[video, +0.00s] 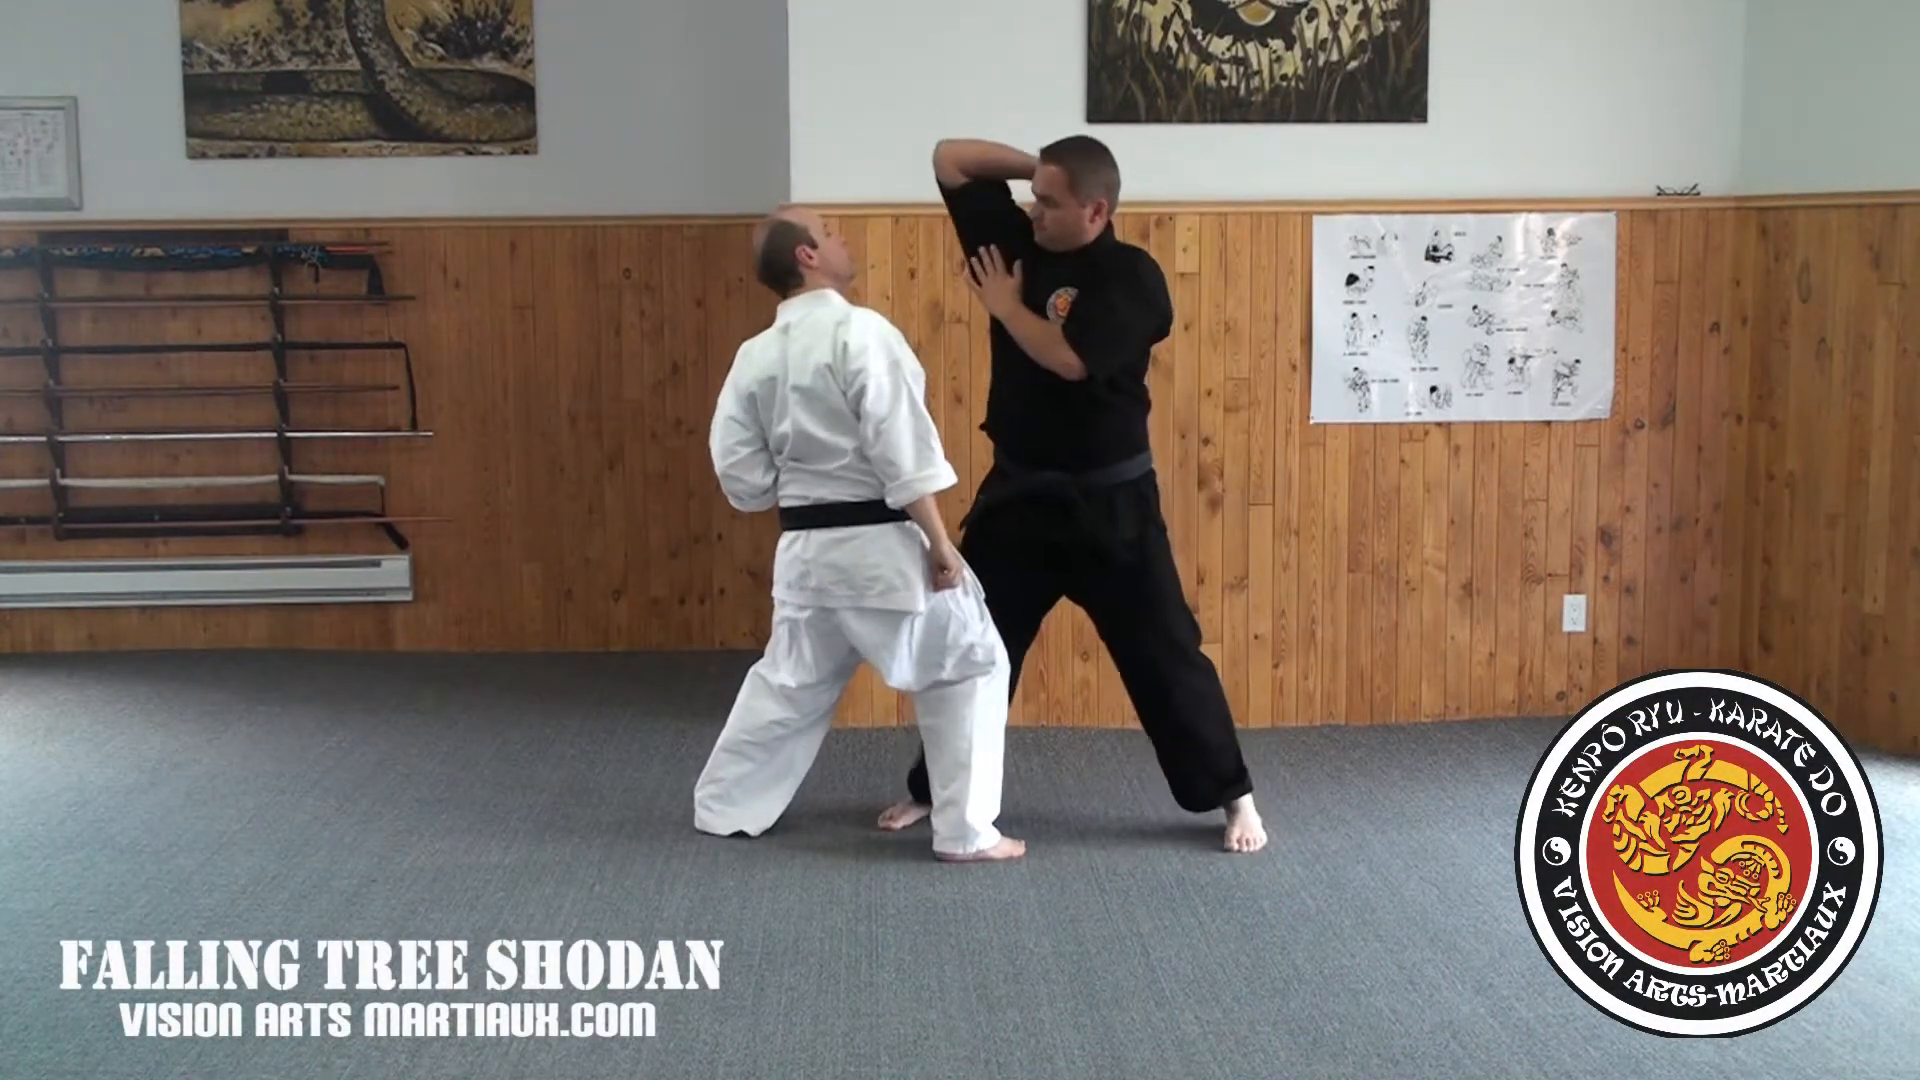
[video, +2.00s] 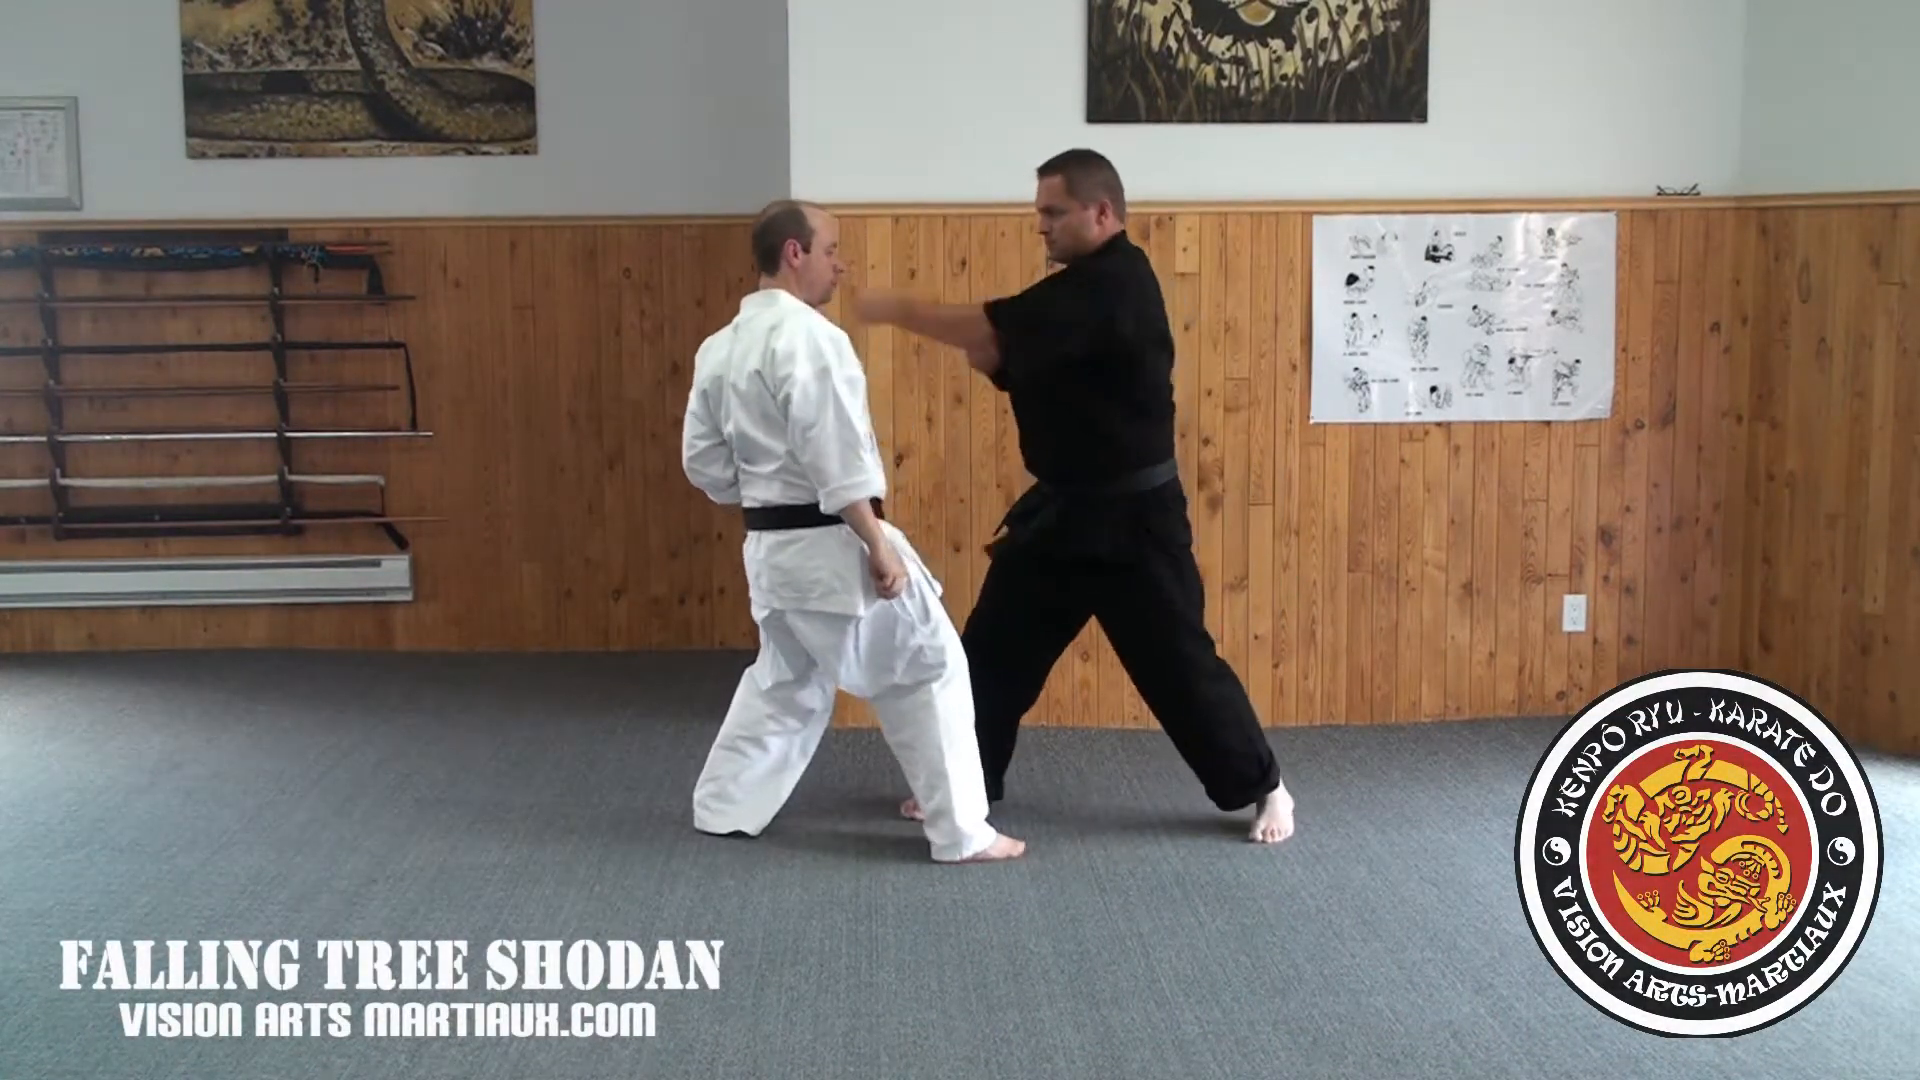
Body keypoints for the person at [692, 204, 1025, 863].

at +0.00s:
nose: (843, 240)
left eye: (835, 231)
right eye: (831, 234)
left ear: (788, 268)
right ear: (808, 257)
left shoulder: (756, 354)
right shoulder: (865, 334)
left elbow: (738, 471)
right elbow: (901, 453)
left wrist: (802, 492)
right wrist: (939, 542)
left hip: (803, 550)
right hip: (883, 545)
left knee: (788, 680)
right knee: (970, 665)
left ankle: (723, 807)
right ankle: (966, 830)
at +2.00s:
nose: (839, 267)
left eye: (838, 253)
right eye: (830, 253)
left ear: (779, 257)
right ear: (793, 254)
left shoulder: (716, 349)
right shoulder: (810, 338)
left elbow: (704, 463)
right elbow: (834, 452)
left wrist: (767, 503)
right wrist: (877, 542)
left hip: (768, 550)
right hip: (834, 545)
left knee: (785, 676)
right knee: (930, 667)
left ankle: (721, 806)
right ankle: (962, 830)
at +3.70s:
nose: (760, 263)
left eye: (758, 250)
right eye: (754, 250)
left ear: (699, 254)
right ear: (725, 250)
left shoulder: (640, 349)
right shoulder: (746, 332)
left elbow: (630, 466)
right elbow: (798, 440)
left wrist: (693, 496)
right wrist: (860, 518)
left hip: (691, 551)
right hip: (769, 549)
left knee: (735, 682)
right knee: (843, 679)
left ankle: (726, 812)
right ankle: (914, 823)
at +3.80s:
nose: (743, 259)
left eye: (741, 244)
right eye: (736, 244)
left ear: (684, 246)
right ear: (705, 244)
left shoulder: (622, 336)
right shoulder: (718, 328)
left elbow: (601, 461)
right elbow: (768, 444)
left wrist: (664, 492)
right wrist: (827, 526)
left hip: (663, 550)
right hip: (734, 549)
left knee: (721, 675)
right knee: (829, 651)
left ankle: (724, 807)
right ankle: (815, 810)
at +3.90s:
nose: (722, 251)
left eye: (721, 236)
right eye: (717, 235)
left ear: (658, 239)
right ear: (685, 236)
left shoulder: (602, 326)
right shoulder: (704, 323)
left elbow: (574, 438)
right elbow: (737, 442)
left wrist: (600, 501)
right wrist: (788, 524)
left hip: (639, 536)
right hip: (714, 536)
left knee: (688, 671)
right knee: (770, 666)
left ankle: (720, 805)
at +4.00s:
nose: (714, 248)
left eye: (712, 232)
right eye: (707, 232)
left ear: (653, 235)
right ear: (674, 233)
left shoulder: (588, 320)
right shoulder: (688, 321)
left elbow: (547, 423)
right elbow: (710, 446)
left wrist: (533, 506)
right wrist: (755, 531)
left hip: (612, 535)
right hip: (679, 538)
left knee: (692, 674)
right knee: (681, 683)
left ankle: (715, 807)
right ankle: (601, 820)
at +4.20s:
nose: (694, 243)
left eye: (694, 227)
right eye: (689, 227)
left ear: (626, 231)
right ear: (655, 229)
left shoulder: (565, 303)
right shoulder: (658, 317)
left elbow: (513, 403)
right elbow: (652, 446)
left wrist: (485, 487)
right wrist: (683, 543)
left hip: (563, 525)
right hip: (626, 531)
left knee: (632, 670)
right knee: (643, 685)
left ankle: (662, 804)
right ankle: (600, 839)